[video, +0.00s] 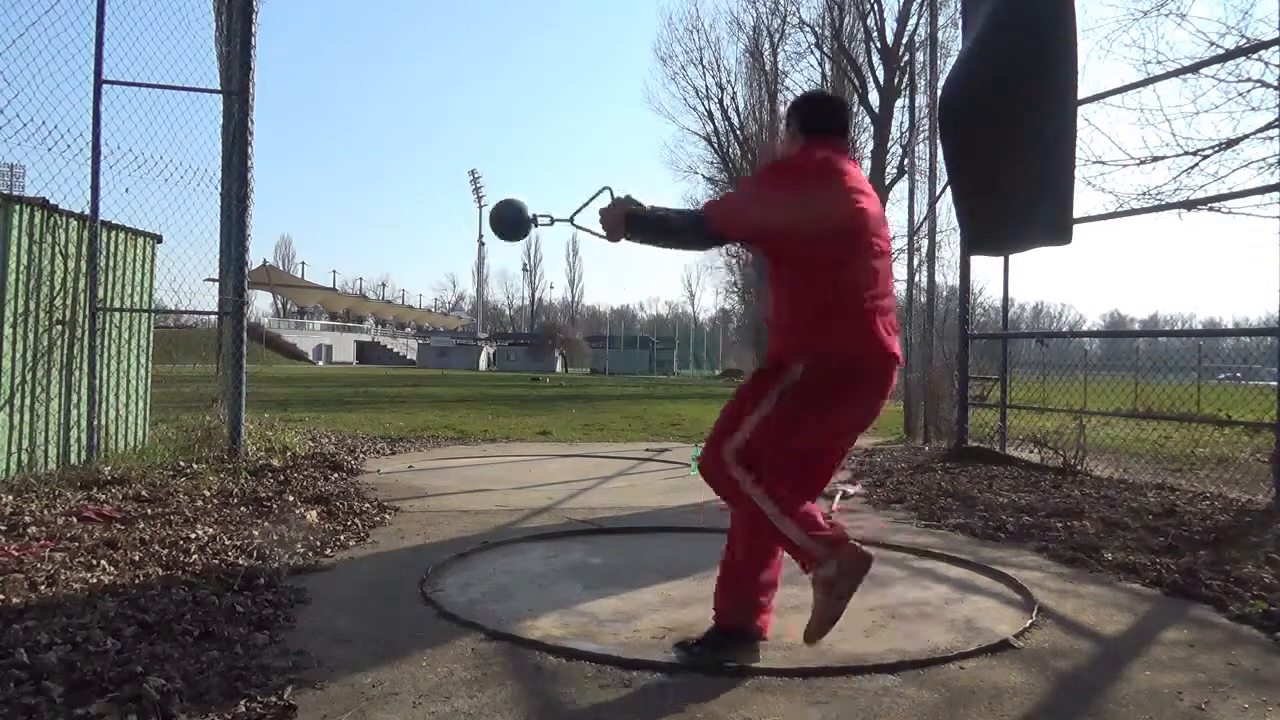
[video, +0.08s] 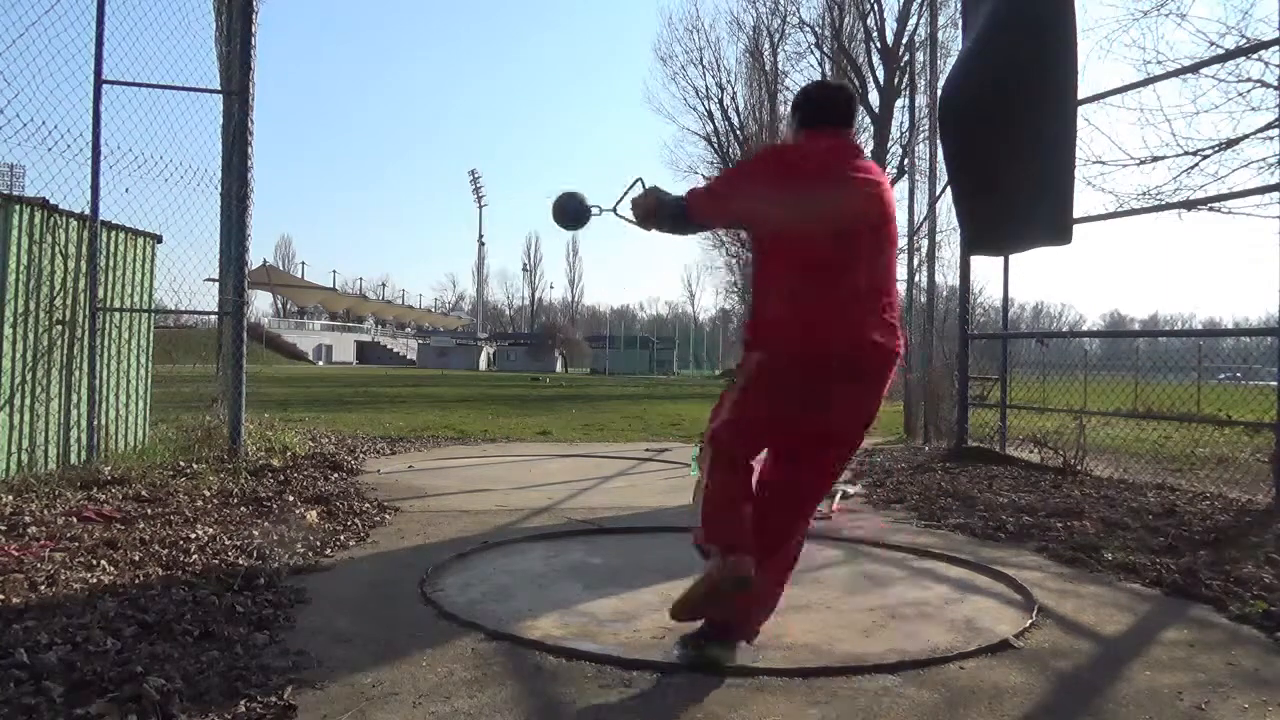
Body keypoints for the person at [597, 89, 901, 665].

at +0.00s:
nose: (779, 143)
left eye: (783, 133)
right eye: (785, 134)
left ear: (795, 134)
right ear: (843, 138)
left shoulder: (800, 183)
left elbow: (709, 225)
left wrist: (632, 220)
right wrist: (646, 218)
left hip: (819, 356)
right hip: (862, 359)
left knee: (726, 458)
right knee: (775, 483)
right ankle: (738, 630)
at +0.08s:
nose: (791, 134)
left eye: (793, 124)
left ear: (797, 124)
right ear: (852, 127)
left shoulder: (775, 167)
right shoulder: (877, 182)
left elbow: (695, 211)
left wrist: (657, 208)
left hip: (787, 350)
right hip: (868, 357)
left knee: (728, 444)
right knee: (793, 491)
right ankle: (729, 632)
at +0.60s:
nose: (781, 174)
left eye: (793, 166)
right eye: (774, 166)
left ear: (816, 180)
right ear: (763, 177)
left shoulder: (840, 250)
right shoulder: (741, 235)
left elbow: (865, 327)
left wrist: (898, 360)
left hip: (813, 398)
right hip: (737, 399)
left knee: (870, 480)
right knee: (716, 492)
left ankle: (863, 604)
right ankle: (719, 604)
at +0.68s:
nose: (763, 183)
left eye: (774, 174)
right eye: (763, 175)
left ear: (807, 182)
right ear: (766, 184)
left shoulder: (854, 239)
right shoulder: (752, 229)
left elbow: (865, 310)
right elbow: (768, 290)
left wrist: (837, 332)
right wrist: (806, 333)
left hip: (835, 402)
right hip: (758, 401)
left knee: (869, 489)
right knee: (719, 483)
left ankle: (871, 602)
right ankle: (722, 599)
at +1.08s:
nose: (835, 153)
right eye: (834, 145)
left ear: (784, 145)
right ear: (834, 147)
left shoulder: (756, 185)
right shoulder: (852, 191)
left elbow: (724, 227)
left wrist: (761, 178)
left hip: (746, 340)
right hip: (808, 348)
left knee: (757, 431)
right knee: (789, 469)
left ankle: (709, 509)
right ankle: (704, 575)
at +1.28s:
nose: (795, 191)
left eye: (794, 182)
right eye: (786, 182)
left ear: (758, 188)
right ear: (753, 187)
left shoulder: (752, 234)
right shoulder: (750, 235)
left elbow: (800, 295)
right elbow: (815, 280)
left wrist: (864, 307)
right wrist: (872, 307)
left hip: (749, 374)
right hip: (704, 377)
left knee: (804, 455)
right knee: (749, 474)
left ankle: (823, 566)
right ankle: (708, 563)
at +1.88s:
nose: (772, 196)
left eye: (769, 191)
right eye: (772, 190)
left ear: (730, 186)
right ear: (768, 188)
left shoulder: (701, 222)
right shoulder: (775, 219)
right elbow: (786, 241)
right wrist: (770, 206)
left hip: (687, 357)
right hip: (723, 358)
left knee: (734, 444)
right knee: (749, 472)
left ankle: (731, 531)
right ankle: (671, 543)